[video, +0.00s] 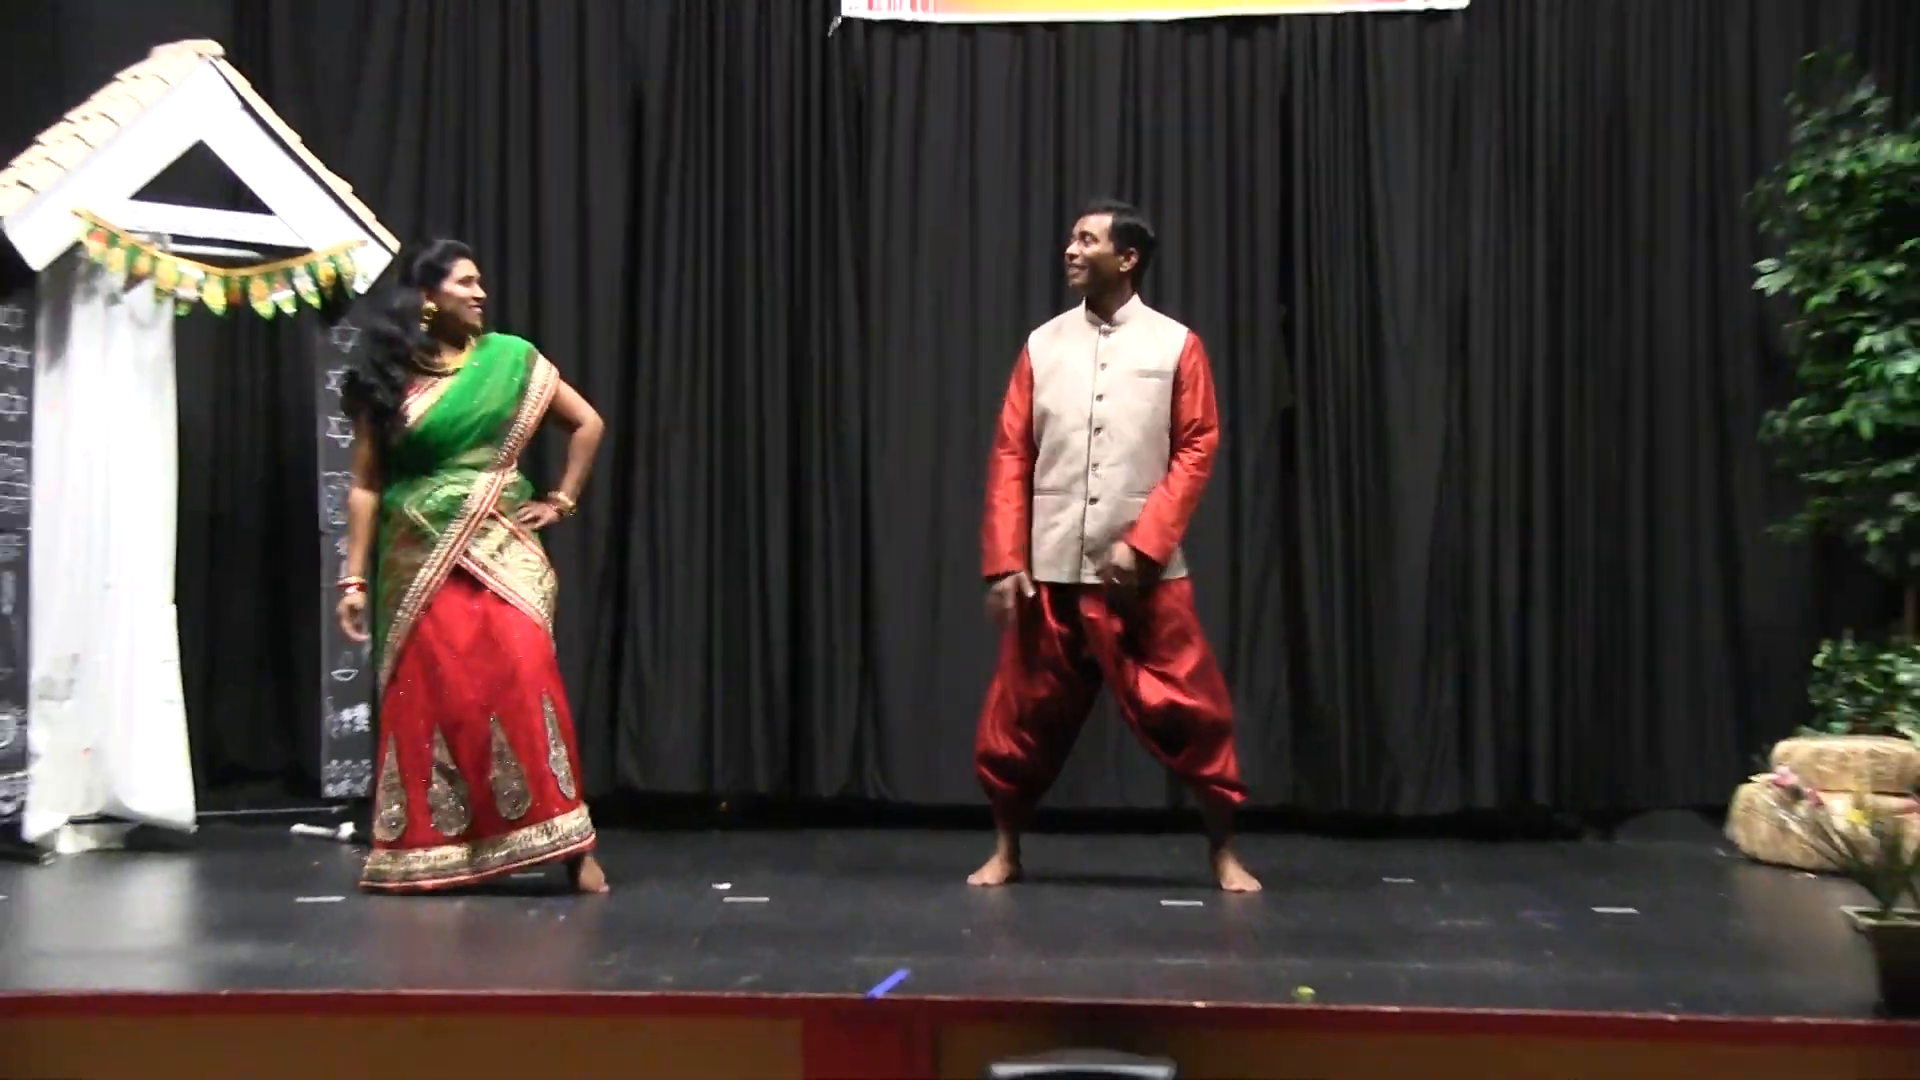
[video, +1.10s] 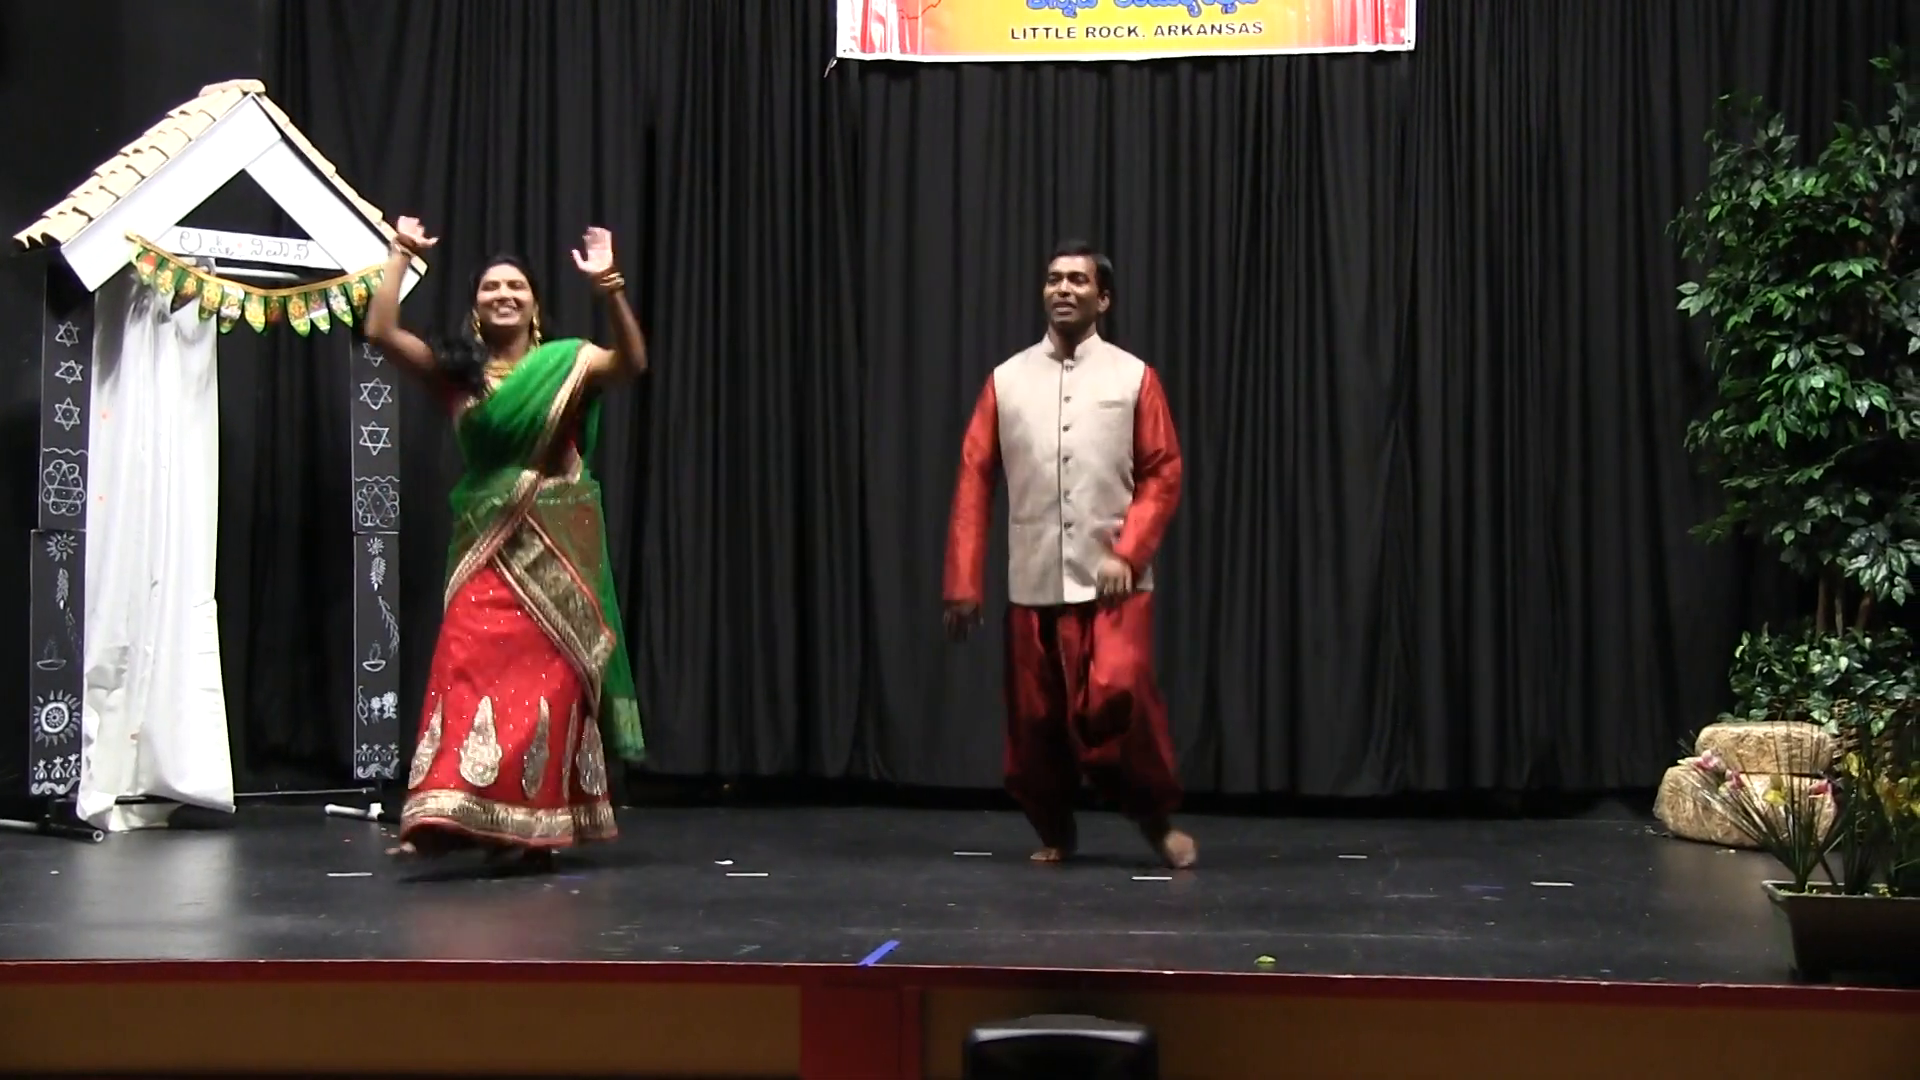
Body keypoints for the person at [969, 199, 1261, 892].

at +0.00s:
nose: (1071, 250)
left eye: (1087, 240)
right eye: (1071, 239)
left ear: (1129, 256)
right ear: (1073, 254)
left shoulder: (1176, 344)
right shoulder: (1041, 345)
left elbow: (1198, 448)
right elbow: (1011, 453)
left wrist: (1147, 542)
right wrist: (1005, 559)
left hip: (1143, 571)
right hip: (1049, 571)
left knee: (1196, 711)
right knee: (1018, 715)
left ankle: (1224, 855)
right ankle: (1004, 852)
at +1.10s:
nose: (1063, 289)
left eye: (1077, 280)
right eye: (1054, 279)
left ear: (1102, 297)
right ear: (1042, 294)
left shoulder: (1134, 377)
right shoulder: (1005, 380)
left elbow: (1162, 473)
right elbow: (974, 480)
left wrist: (1128, 553)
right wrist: (962, 581)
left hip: (1113, 574)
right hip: (1033, 577)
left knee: (1117, 692)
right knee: (1037, 716)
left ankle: (1157, 824)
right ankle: (1054, 836)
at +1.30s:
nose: (1055, 243)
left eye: (1069, 234)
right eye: (1045, 233)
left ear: (1092, 247)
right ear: (1031, 245)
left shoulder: (1129, 318)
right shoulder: (998, 326)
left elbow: (1173, 401)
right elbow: (949, 415)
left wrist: (1134, 453)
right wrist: (986, 477)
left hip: (1125, 522)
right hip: (1040, 529)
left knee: (1110, 653)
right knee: (1039, 677)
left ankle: (1092, 800)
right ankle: (1071, 786)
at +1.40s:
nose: (1058, 265)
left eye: (1071, 254)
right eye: (1047, 255)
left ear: (1094, 266)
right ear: (1032, 267)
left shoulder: (1129, 340)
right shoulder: (999, 347)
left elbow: (1176, 426)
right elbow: (951, 434)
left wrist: (1135, 469)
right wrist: (1000, 463)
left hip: (1125, 544)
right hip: (1041, 549)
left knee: (1107, 669)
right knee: (1039, 680)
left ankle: (1105, 815)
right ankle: (1069, 798)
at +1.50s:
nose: (1058, 318)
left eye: (1070, 307)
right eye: (1047, 307)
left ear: (1093, 321)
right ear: (1032, 321)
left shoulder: (1130, 401)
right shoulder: (998, 407)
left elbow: (1171, 490)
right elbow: (964, 503)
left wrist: (1131, 540)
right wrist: (1006, 513)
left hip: (1118, 593)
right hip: (1042, 595)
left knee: (1098, 701)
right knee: (1032, 713)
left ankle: (1097, 853)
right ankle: (1059, 821)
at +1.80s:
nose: (1055, 437)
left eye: (1068, 426)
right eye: (1043, 426)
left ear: (1091, 440)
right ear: (1027, 437)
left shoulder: (1129, 505)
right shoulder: (998, 524)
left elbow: (1156, 598)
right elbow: (994, 643)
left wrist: (1095, 651)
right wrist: (1014, 738)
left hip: (1127, 673)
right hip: (1042, 687)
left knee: (1076, 707)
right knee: (1015, 838)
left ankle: (1085, 862)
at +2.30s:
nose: (1076, 262)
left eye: (1088, 251)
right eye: (1065, 253)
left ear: (1111, 266)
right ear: (1049, 269)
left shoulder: (1142, 359)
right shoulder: (1010, 345)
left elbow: (1155, 469)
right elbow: (980, 451)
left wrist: (1120, 569)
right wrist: (983, 555)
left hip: (1105, 549)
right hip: (1025, 547)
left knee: (1097, 686)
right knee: (1027, 686)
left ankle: (1093, 845)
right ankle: (1051, 808)